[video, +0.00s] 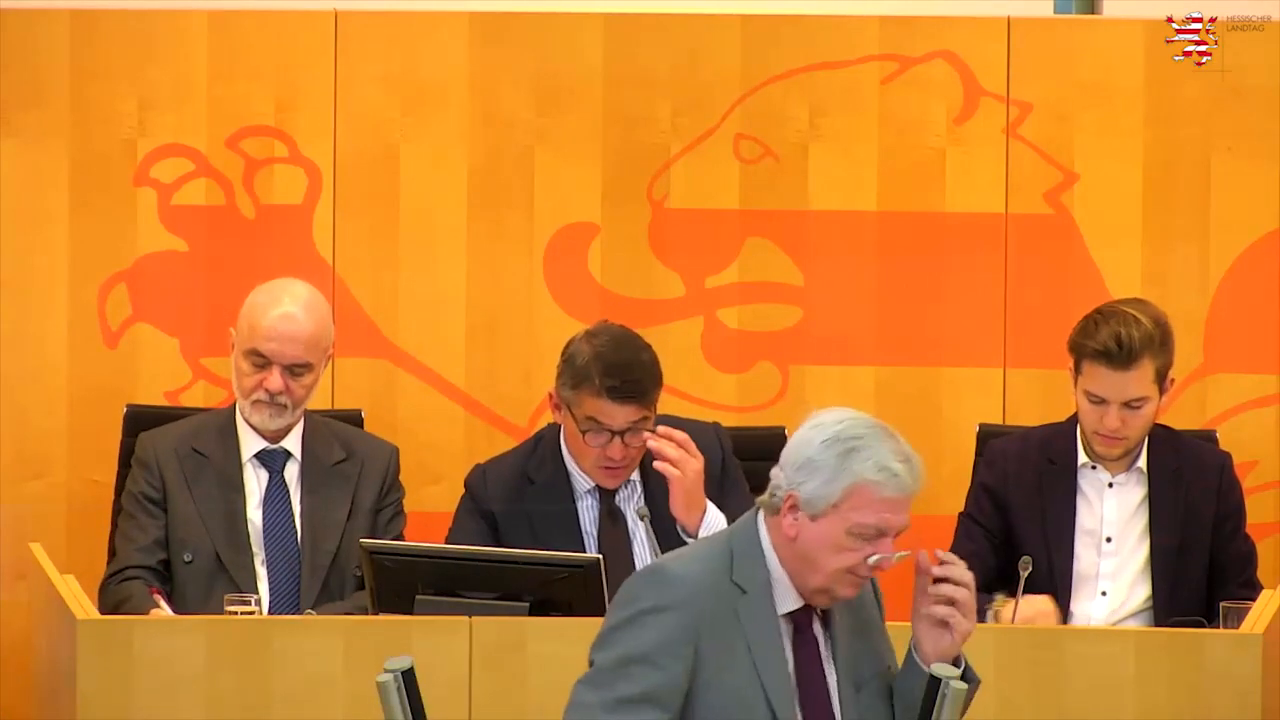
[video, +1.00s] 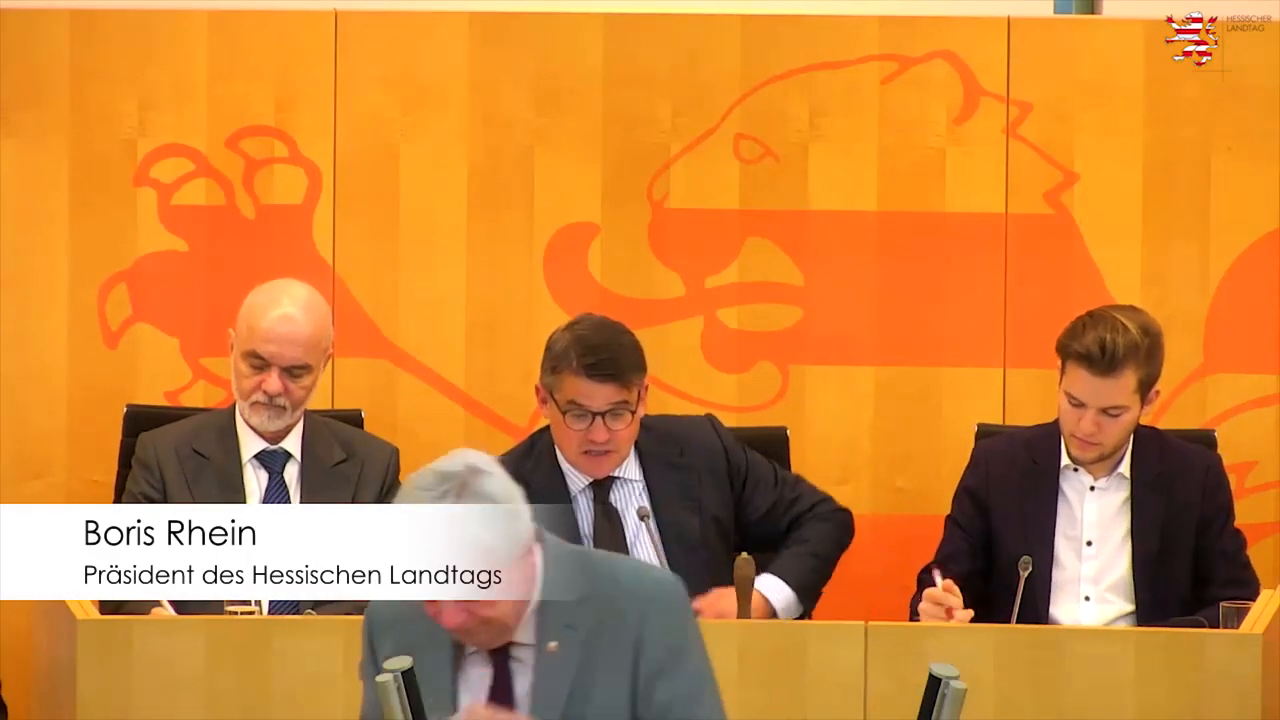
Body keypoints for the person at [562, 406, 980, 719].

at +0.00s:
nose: (883, 560)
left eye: (891, 537)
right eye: (865, 536)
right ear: (793, 514)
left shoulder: (855, 587)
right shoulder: (672, 596)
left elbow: (885, 709)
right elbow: (602, 712)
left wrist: (929, 663)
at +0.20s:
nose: (826, 575)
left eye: (845, 552)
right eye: (805, 553)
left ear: (861, 531)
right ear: (744, 519)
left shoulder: (870, 588)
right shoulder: (630, 592)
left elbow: (897, 717)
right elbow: (562, 712)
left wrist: (904, 672)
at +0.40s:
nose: (746, 587)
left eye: (768, 564)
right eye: (720, 564)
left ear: (796, 531)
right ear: (679, 533)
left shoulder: (860, 584)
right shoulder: (586, 597)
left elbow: (904, 714)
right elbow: (533, 716)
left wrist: (844, 678)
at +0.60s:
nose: (653, 610)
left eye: (676, 586)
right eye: (628, 588)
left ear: (712, 547)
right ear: (594, 555)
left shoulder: (800, 592)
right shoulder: (523, 616)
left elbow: (847, 714)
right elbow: (486, 716)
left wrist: (755, 691)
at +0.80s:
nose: (549, 612)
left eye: (572, 588)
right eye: (524, 590)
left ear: (614, 553)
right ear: (497, 566)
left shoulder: (713, 594)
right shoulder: (444, 611)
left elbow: (757, 713)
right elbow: (435, 712)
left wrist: (649, 704)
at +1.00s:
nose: (449, 617)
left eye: (474, 591)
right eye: (430, 591)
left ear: (530, 553)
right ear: (407, 577)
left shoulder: (646, 603)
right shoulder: (390, 617)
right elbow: (377, 714)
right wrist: (455, 715)